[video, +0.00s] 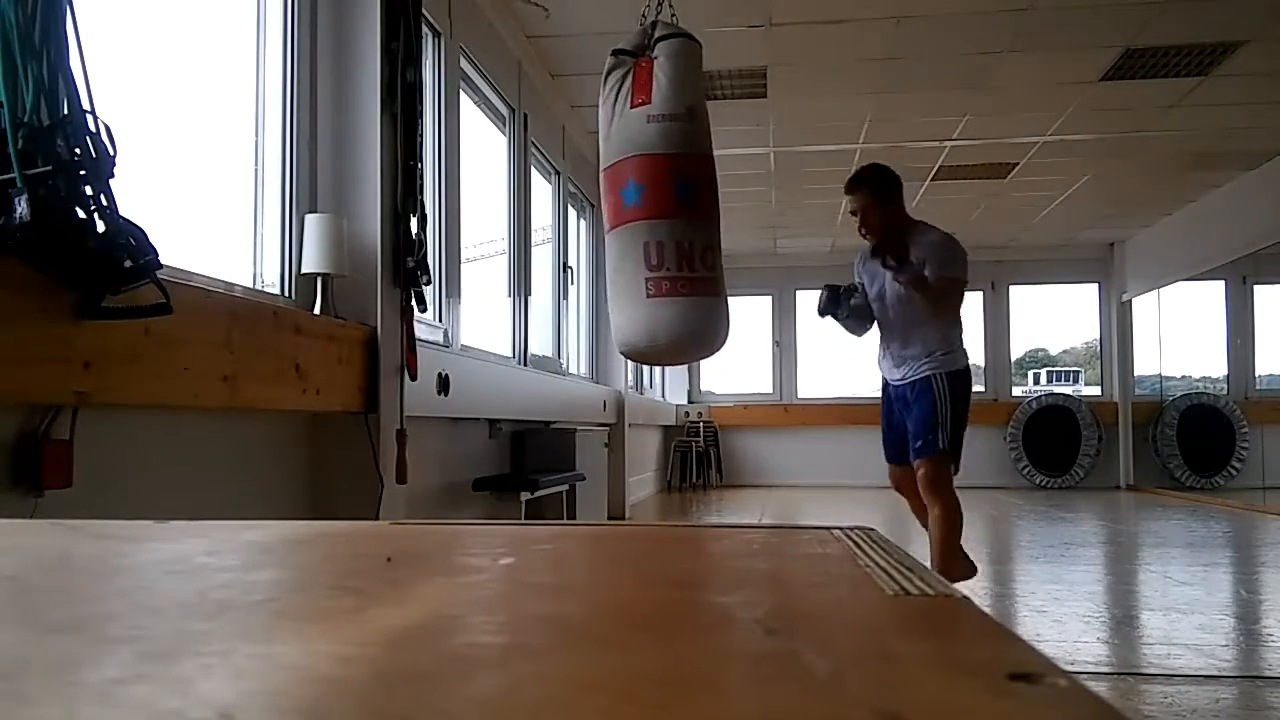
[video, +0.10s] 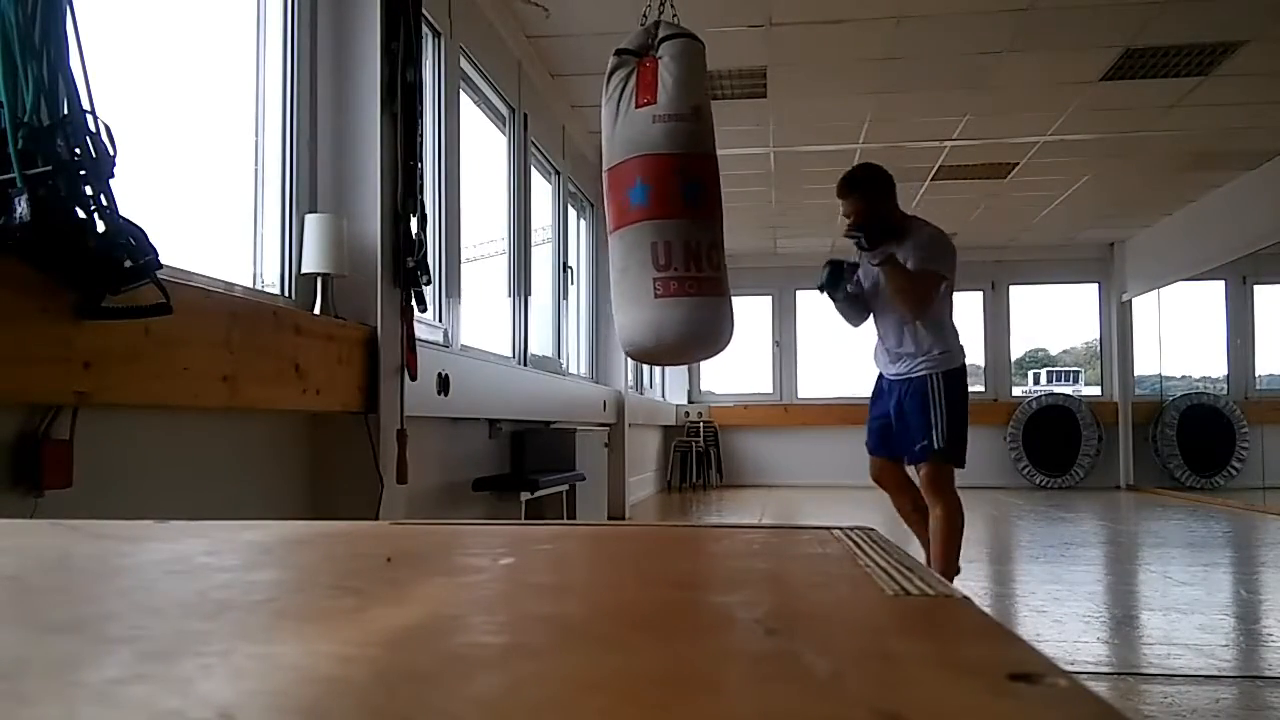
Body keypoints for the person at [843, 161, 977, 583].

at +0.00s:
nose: (858, 224)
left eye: (861, 213)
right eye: (854, 215)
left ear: (891, 204)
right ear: (873, 211)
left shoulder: (940, 246)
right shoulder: (867, 260)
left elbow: (947, 309)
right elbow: (863, 322)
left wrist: (914, 278)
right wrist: (841, 307)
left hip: (938, 371)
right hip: (895, 376)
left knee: (932, 477)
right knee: (902, 477)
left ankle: (938, 583)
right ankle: (957, 561)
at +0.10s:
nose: (847, 224)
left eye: (852, 214)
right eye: (844, 215)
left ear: (882, 204)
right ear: (860, 209)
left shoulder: (929, 240)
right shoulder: (870, 248)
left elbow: (916, 303)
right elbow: (858, 316)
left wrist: (879, 255)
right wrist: (840, 292)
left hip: (933, 372)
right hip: (891, 374)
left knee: (934, 480)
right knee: (884, 471)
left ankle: (942, 591)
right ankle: (936, 555)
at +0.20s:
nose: (841, 226)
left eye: (844, 216)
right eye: (838, 218)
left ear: (871, 204)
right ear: (856, 209)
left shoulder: (924, 239)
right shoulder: (862, 247)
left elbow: (917, 302)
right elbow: (848, 313)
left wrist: (865, 263)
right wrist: (829, 282)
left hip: (929, 373)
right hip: (886, 374)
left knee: (934, 480)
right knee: (875, 469)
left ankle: (942, 590)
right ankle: (912, 569)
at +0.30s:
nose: (833, 236)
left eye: (835, 225)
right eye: (829, 228)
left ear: (862, 213)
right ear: (846, 218)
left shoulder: (918, 247)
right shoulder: (844, 256)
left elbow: (934, 314)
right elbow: (834, 326)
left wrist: (883, 298)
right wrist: (813, 299)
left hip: (922, 370)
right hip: (877, 375)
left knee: (919, 470)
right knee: (868, 474)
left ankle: (933, 585)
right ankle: (903, 575)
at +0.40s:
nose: (826, 240)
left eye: (830, 230)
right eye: (822, 232)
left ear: (858, 220)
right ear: (825, 227)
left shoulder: (914, 253)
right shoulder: (833, 266)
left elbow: (951, 316)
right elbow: (818, 336)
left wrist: (905, 299)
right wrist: (807, 312)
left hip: (913, 373)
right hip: (869, 382)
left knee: (907, 454)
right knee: (866, 482)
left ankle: (935, 576)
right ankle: (902, 578)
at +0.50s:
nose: (818, 216)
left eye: (823, 204)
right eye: (815, 206)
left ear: (853, 197)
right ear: (823, 204)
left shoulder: (905, 234)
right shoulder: (832, 247)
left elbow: (932, 296)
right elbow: (823, 321)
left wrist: (885, 260)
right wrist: (809, 294)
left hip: (906, 362)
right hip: (863, 371)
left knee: (912, 461)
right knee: (867, 472)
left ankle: (952, 578)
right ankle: (904, 572)